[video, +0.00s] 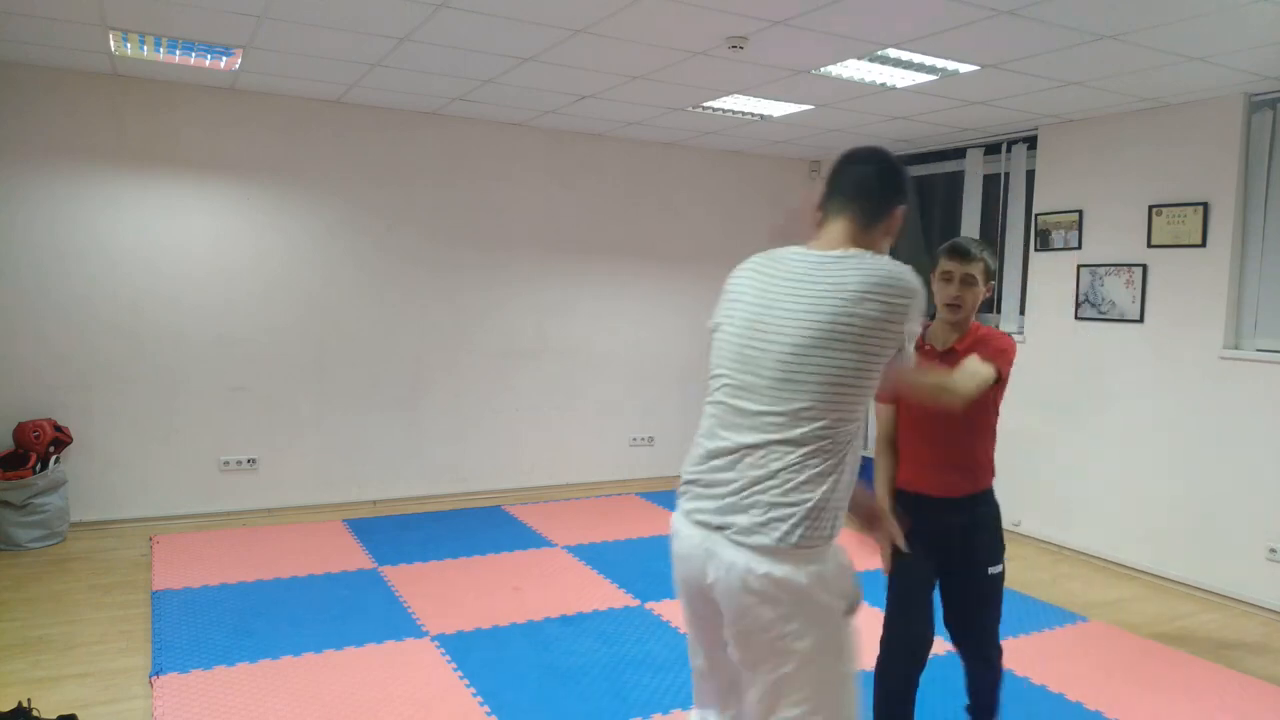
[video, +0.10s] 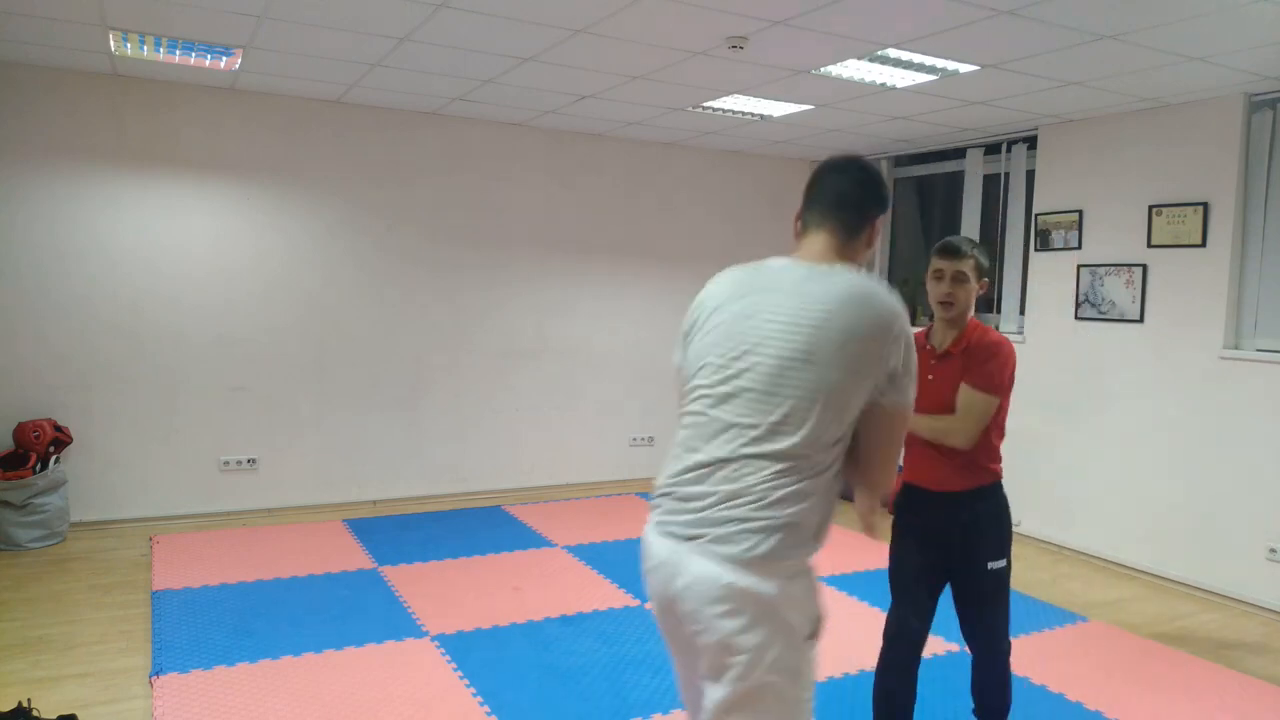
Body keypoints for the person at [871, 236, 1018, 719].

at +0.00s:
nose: (955, 290)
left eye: (968, 282)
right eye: (946, 278)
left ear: (985, 292)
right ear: (932, 282)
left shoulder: (995, 344)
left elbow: (957, 391)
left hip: (971, 515)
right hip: (909, 512)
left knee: (979, 643)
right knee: (903, 644)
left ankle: (983, 713)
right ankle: (890, 716)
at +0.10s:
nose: (946, 287)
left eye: (959, 279)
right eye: (938, 277)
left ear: (980, 288)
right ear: (927, 283)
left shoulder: (993, 348)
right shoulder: (908, 345)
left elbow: (964, 432)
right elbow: (893, 418)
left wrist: (898, 418)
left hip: (978, 510)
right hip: (918, 507)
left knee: (989, 643)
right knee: (902, 636)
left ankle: (992, 715)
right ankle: (889, 715)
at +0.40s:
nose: (920, 283)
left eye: (931, 274)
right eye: (911, 274)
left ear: (951, 281)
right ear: (901, 281)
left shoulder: (977, 342)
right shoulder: (892, 339)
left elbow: (982, 415)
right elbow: (876, 404)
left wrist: (922, 364)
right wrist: (888, 418)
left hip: (952, 496)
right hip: (898, 491)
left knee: (973, 626)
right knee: (858, 593)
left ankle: (987, 713)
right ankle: (849, 676)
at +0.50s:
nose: (902, 290)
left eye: (913, 281)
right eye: (894, 281)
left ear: (934, 287)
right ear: (885, 287)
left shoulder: (958, 348)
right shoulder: (868, 345)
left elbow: (980, 420)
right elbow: (847, 409)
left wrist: (947, 403)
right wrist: (868, 410)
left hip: (932, 493)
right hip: (878, 490)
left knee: (958, 619)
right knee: (845, 583)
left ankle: (984, 711)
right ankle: (851, 642)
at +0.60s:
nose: (879, 296)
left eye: (890, 288)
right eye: (872, 287)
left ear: (911, 295)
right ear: (863, 294)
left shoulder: (928, 355)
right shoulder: (846, 348)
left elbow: (953, 421)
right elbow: (816, 406)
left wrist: (936, 458)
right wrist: (839, 389)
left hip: (903, 491)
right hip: (854, 488)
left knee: (932, 609)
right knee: (835, 579)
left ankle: (975, 709)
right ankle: (855, 645)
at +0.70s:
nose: (857, 294)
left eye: (868, 286)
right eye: (851, 285)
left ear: (888, 293)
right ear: (842, 291)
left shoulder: (905, 347)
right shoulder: (829, 342)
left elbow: (928, 409)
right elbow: (795, 382)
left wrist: (898, 458)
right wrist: (810, 348)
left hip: (879, 477)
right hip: (833, 473)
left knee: (896, 586)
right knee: (820, 574)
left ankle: (933, 691)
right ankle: (854, 643)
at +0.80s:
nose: (839, 284)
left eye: (849, 275)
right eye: (832, 275)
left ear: (869, 279)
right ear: (824, 280)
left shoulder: (887, 331)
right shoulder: (817, 322)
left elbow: (923, 389)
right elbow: (789, 319)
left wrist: (886, 425)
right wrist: (799, 278)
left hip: (863, 460)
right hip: (818, 457)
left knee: (864, 567)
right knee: (810, 558)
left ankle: (873, 670)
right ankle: (848, 631)